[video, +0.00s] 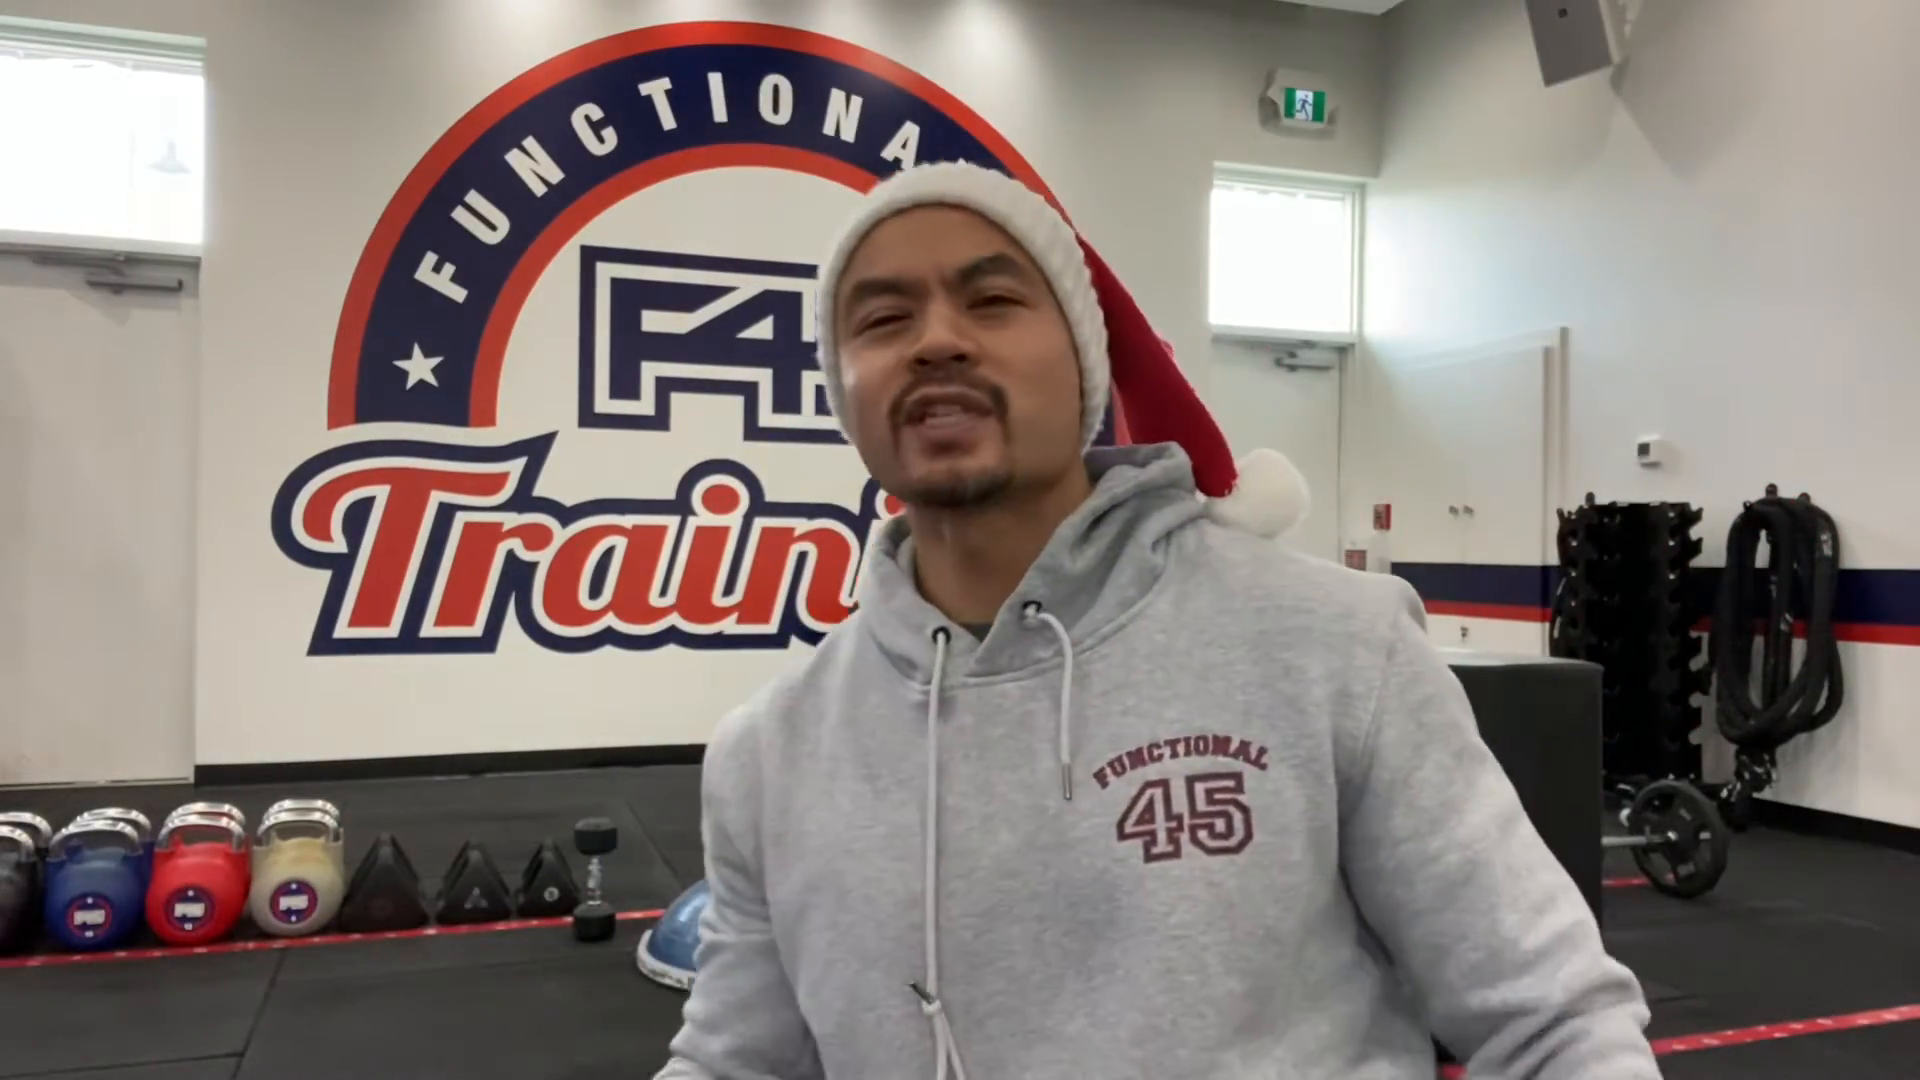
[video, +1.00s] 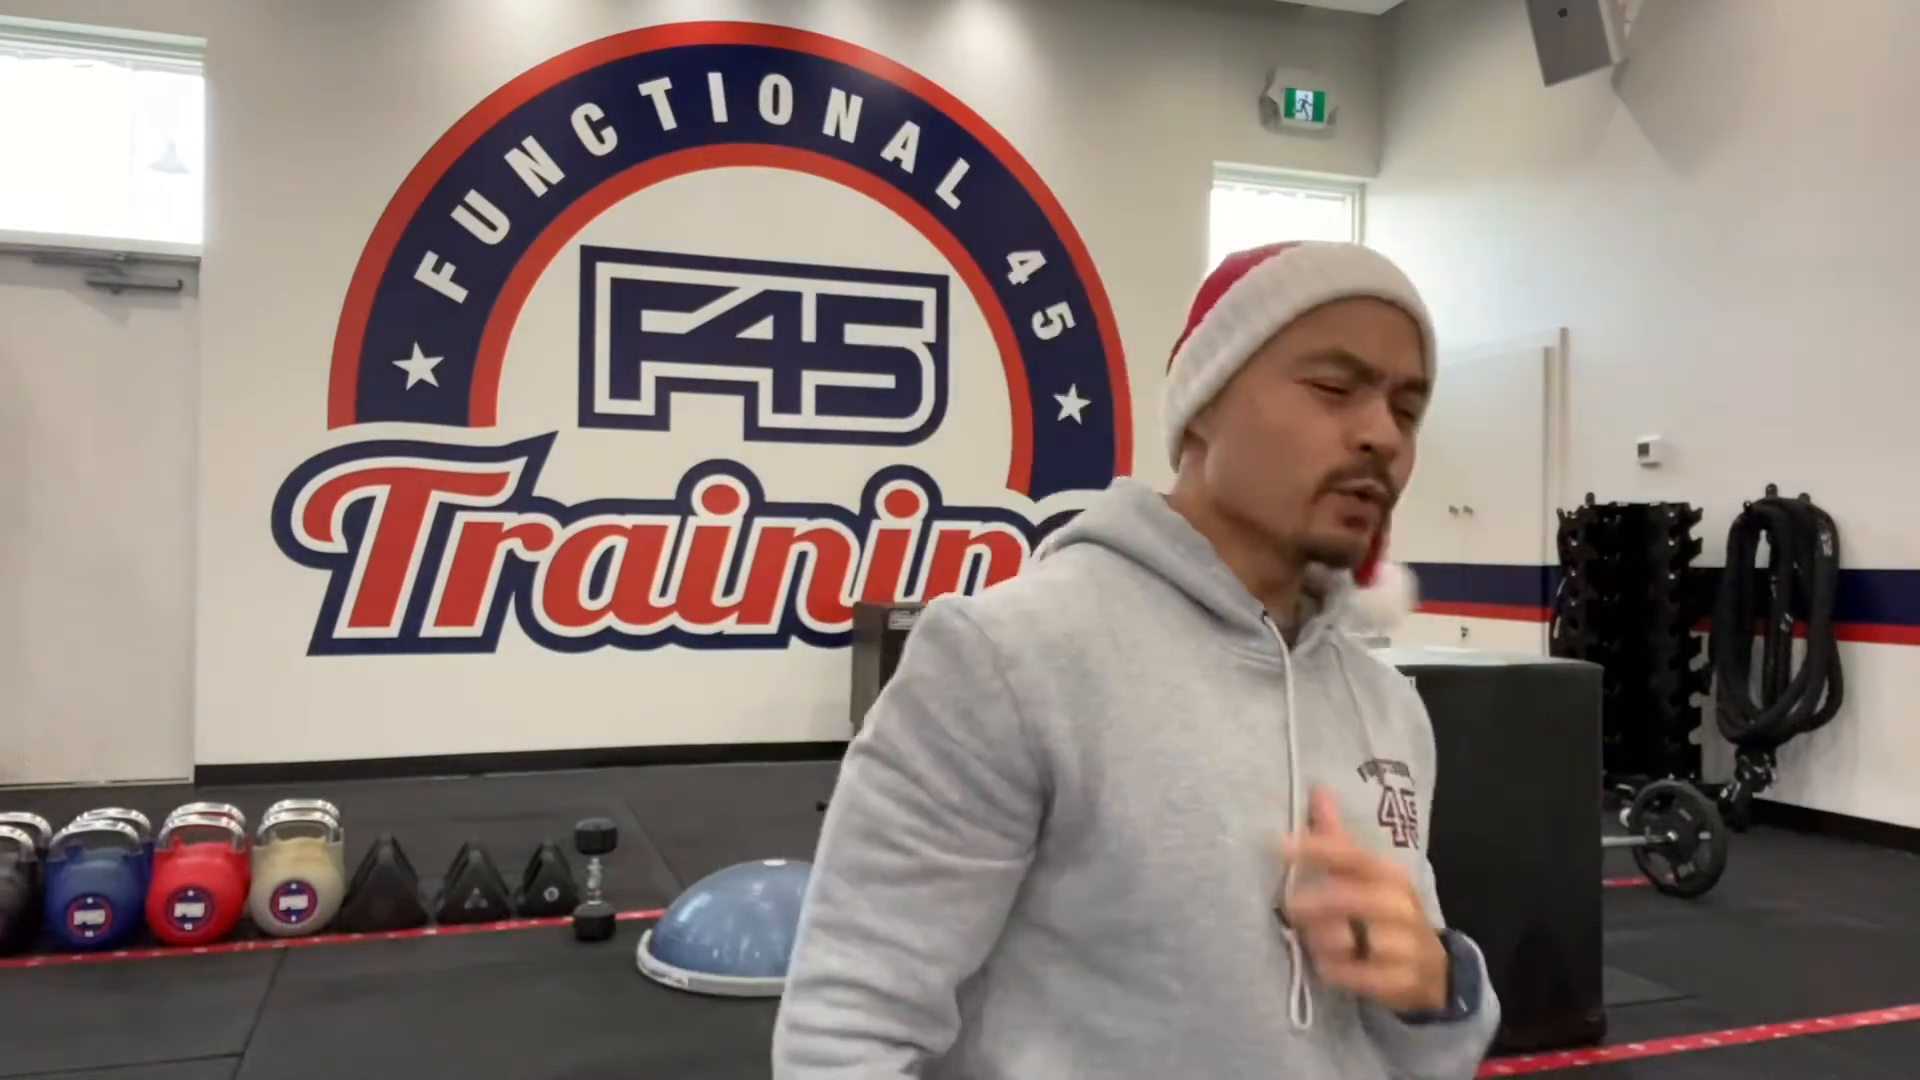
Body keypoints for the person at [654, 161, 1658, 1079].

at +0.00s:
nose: (938, 342)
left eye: (995, 300)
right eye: (885, 318)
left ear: (1088, 361)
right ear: (844, 399)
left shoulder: (1334, 646)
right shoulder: (765, 762)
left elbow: (1556, 1025)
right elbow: (723, 1064)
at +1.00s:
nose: (1384, 435)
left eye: (1406, 408)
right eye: (1335, 388)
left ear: (1418, 441)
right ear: (1201, 403)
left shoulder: (1388, 707)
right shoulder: (1007, 657)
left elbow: (1423, 1055)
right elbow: (847, 1039)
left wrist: (1439, 985)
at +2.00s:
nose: (703, 453)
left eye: (740, 401)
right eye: (673, 435)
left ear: (846, 408)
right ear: (666, 482)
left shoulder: (1062, 628)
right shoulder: (667, 740)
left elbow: (1270, 857)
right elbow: (646, 976)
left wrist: (1221, 908)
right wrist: (416, 1000)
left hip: (1060, 1068)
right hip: (805, 1073)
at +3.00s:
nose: (1137, 606)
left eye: (1179, 582)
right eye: (1113, 563)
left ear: (1217, 618)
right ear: (1056, 571)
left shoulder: (1259, 816)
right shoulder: (891, 713)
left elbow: (1311, 1039)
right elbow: (725, 836)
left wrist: (1469, 1018)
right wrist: (634, 777)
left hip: (1106, 1074)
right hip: (870, 1066)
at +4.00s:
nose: (916, 550)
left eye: (949, 527)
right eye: (885, 534)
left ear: (1004, 565)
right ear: (855, 581)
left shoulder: (1095, 721)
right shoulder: (779, 747)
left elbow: (1228, 973)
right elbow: (651, 1001)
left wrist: (1135, 781)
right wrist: (674, 876)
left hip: (1051, 1067)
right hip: (839, 1067)